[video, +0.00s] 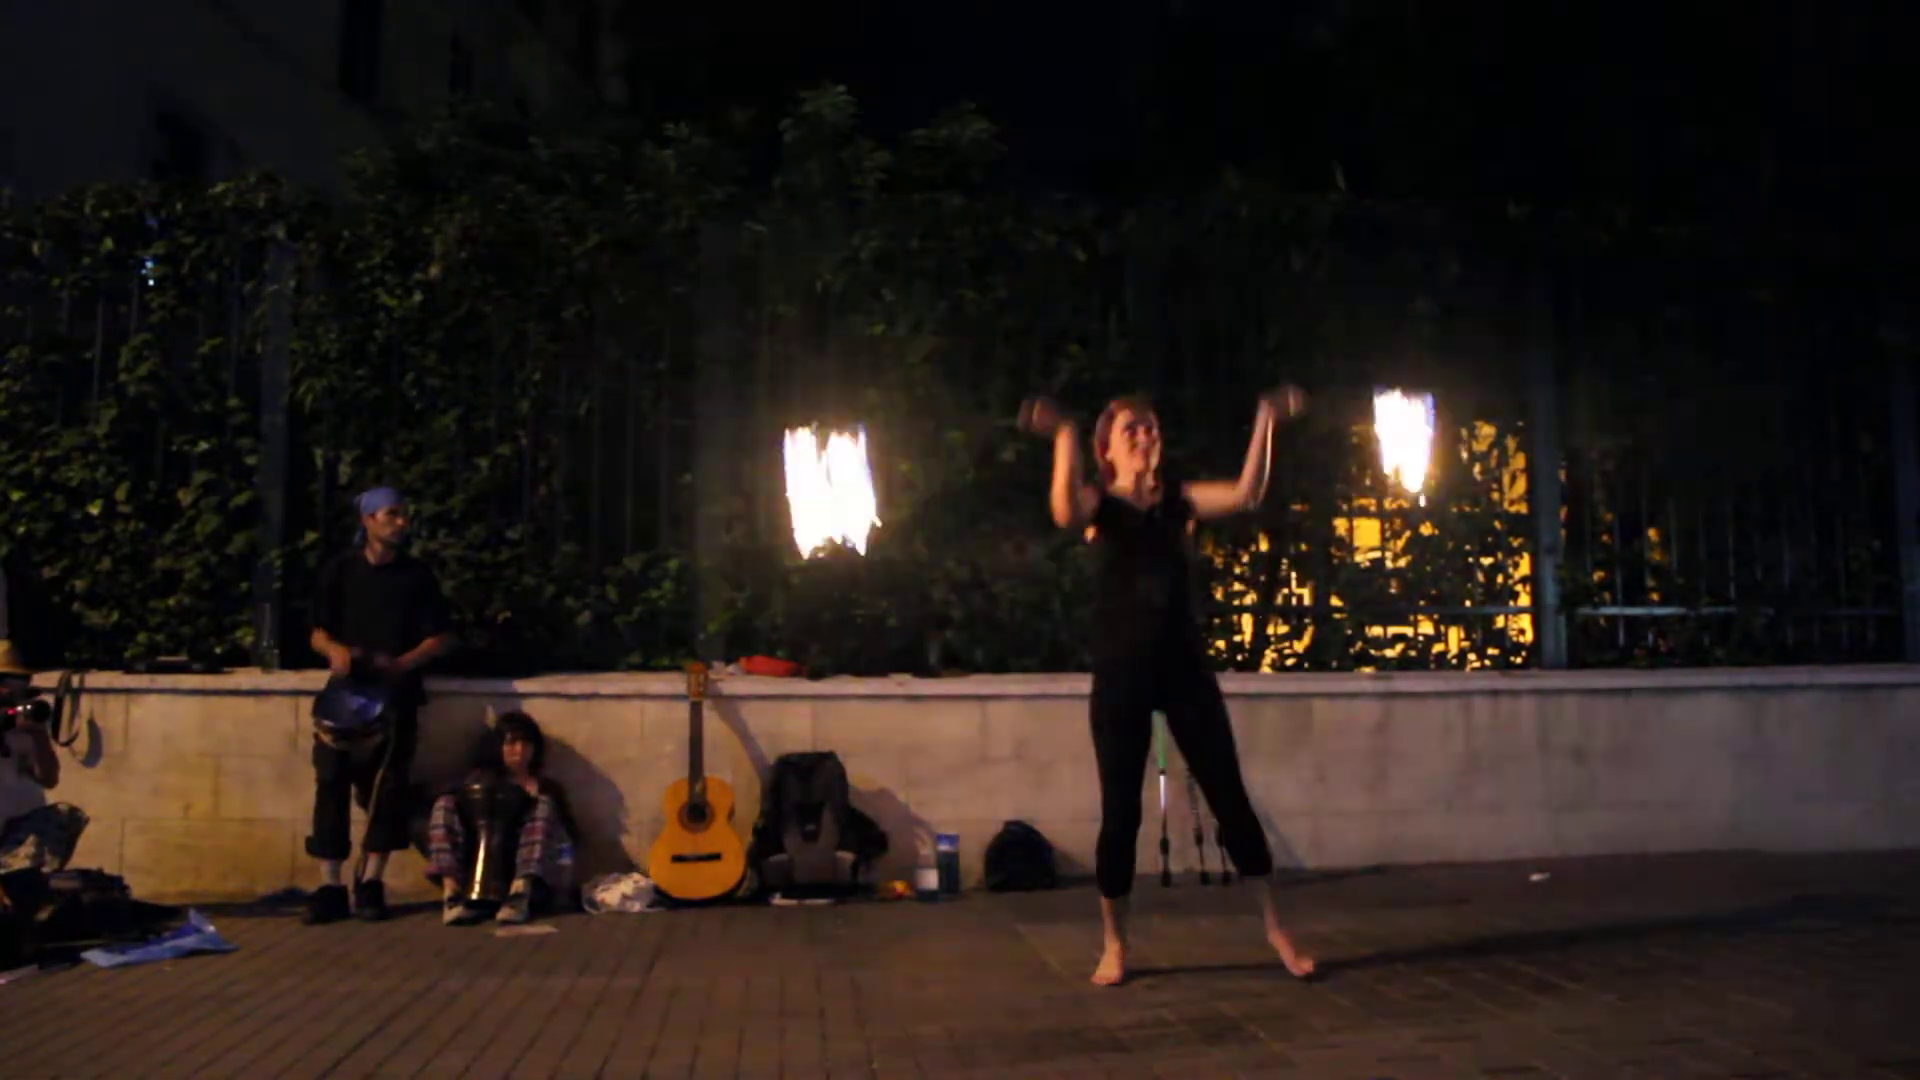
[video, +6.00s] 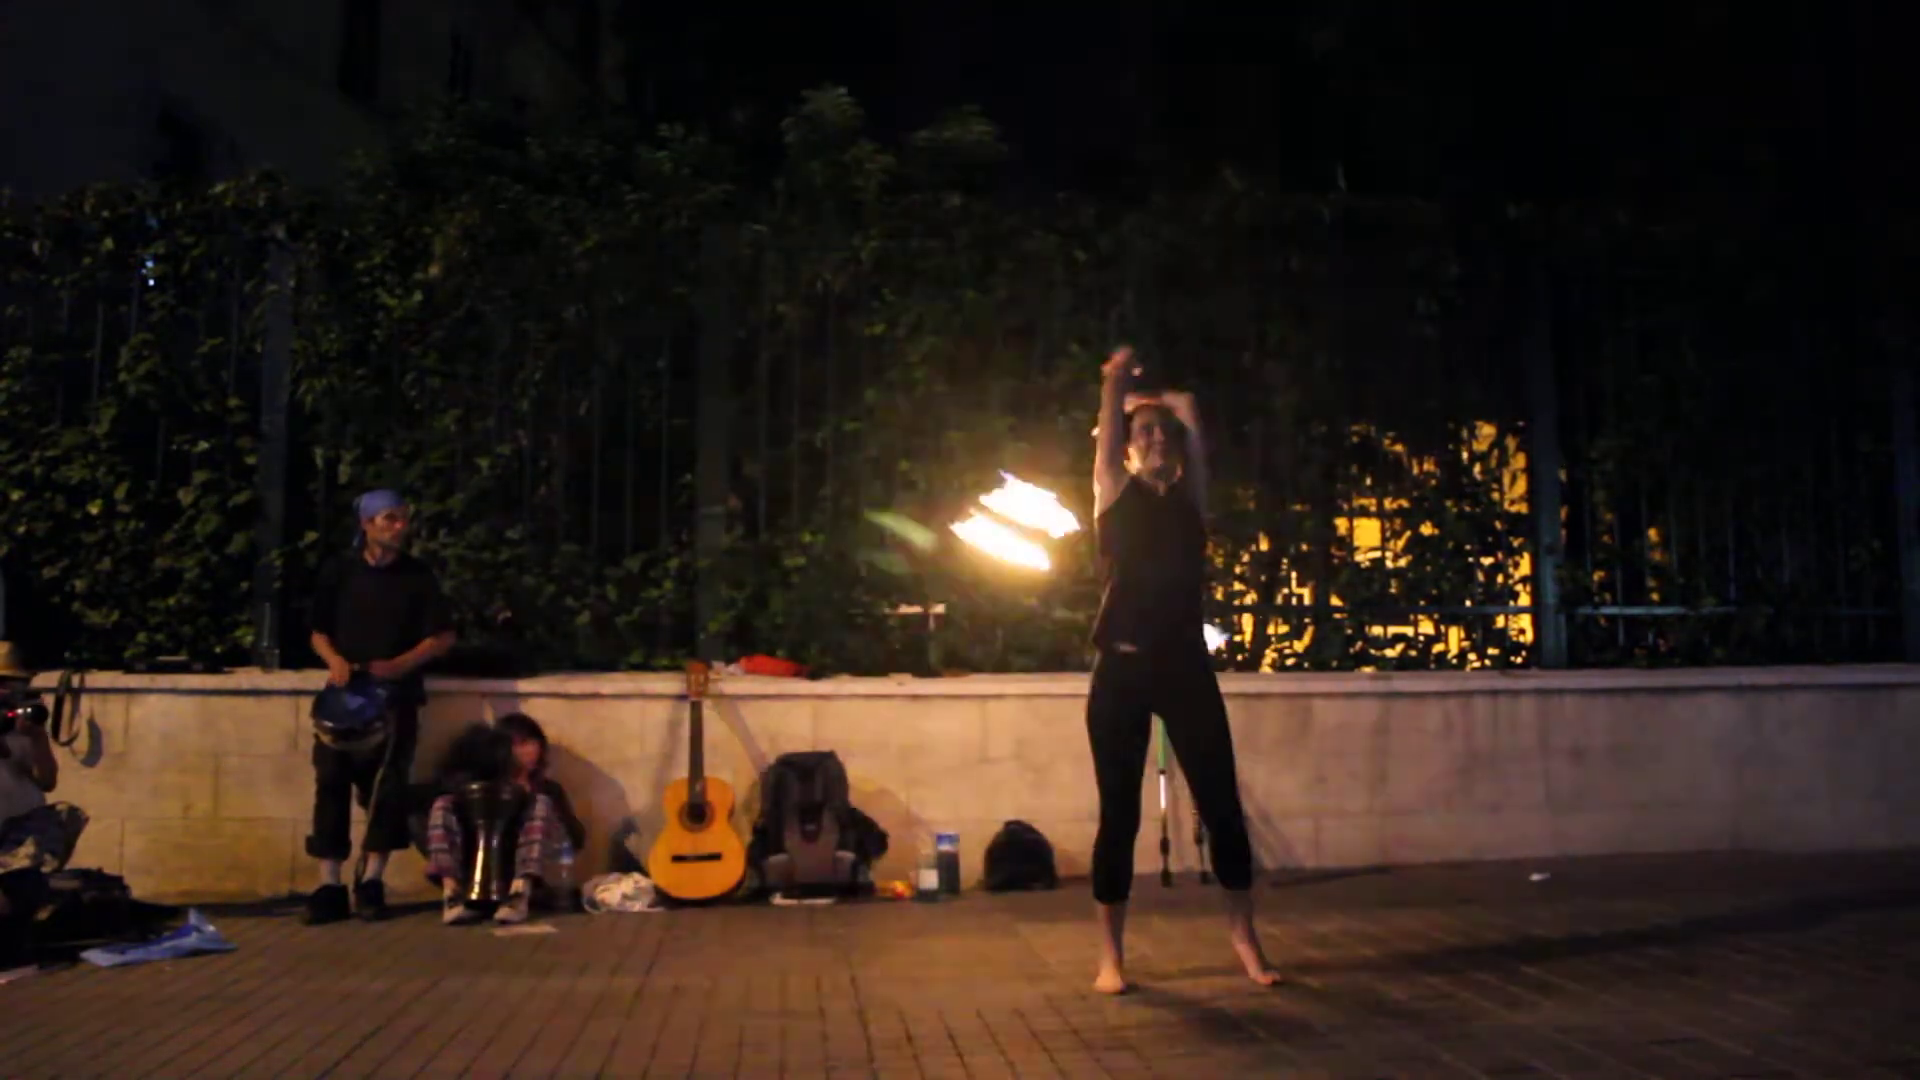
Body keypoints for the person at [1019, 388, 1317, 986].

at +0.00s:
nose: (1146, 433)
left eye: (1150, 426)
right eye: (1133, 427)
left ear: (1161, 439)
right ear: (1106, 445)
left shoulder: (1178, 499)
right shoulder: (1098, 502)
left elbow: (1245, 494)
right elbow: (1065, 514)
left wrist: (1264, 424)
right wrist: (1065, 437)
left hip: (1184, 670)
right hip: (1120, 675)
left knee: (1230, 798)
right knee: (1119, 813)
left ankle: (1276, 928)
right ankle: (1113, 945)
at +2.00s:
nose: (1185, 414)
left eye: (1195, 410)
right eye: (1173, 410)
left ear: (1210, 430)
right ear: (1161, 432)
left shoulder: (1224, 482)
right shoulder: (1148, 477)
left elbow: (1232, 389)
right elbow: (1158, 388)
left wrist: (1186, 361)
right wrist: (1159, 312)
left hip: (1223, 654)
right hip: (1161, 655)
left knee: (1251, 797)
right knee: (1143, 799)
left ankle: (1265, 936)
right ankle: (1116, 943)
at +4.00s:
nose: (1143, 436)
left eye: (1150, 428)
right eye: (1132, 429)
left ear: (1167, 439)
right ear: (1117, 443)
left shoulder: (1182, 488)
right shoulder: (1105, 486)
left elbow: (1188, 392)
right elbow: (1087, 406)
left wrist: (1145, 375)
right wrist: (1079, 346)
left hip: (1182, 657)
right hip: (1119, 660)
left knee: (1217, 795)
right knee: (1114, 801)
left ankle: (1249, 934)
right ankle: (1102, 939)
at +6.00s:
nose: (1151, 438)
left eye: (1161, 428)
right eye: (1140, 430)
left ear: (1177, 439)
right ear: (1125, 442)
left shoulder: (1191, 497)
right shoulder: (1114, 495)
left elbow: (1192, 417)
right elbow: (1108, 435)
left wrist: (1150, 397)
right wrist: (1112, 383)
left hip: (1186, 665)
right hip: (1121, 669)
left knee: (1222, 804)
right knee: (1119, 814)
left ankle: (1244, 934)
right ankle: (1111, 953)